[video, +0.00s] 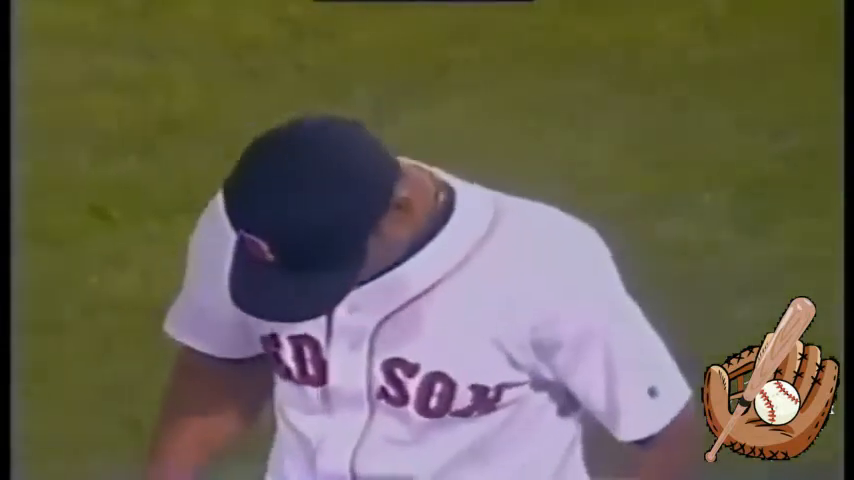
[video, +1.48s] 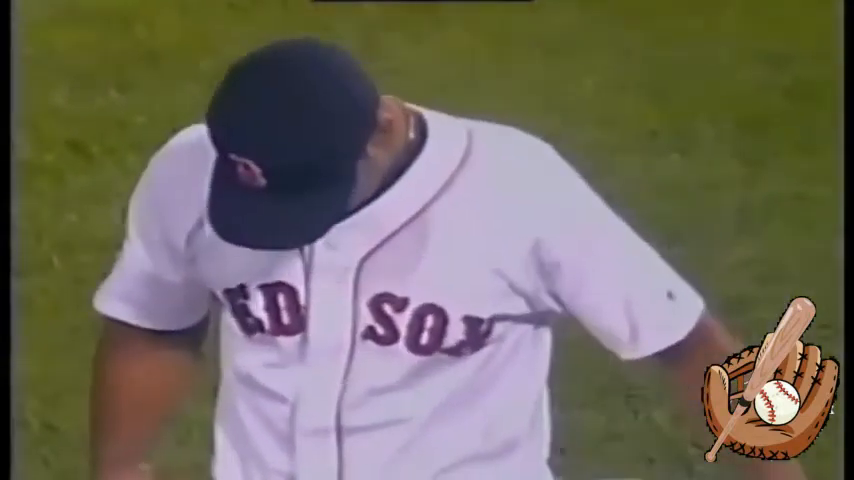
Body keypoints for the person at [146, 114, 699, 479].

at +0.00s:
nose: (304, 306)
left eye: (329, 283)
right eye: (284, 289)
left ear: (399, 209)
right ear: (251, 229)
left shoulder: (550, 264)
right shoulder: (243, 226)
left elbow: (671, 433)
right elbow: (216, 378)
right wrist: (169, 465)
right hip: (303, 468)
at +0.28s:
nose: (333, 289)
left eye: (344, 265)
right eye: (306, 274)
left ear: (402, 198)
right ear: (267, 228)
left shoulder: (571, 241)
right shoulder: (258, 235)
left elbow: (691, 408)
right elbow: (246, 381)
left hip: (556, 467)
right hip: (348, 467)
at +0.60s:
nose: (355, 274)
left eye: (378, 245)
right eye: (335, 252)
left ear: (447, 172)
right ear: (303, 200)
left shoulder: (611, 208)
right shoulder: (292, 205)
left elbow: (740, 378)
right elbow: (273, 350)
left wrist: (705, 464)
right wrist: (218, 469)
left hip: (599, 470)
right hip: (386, 468)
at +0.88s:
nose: (402, 249)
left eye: (423, 227)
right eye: (382, 229)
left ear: (492, 169)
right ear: (346, 169)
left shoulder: (645, 206)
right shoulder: (318, 176)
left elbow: (766, 374)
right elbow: (281, 333)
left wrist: (751, 441)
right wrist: (241, 462)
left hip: (597, 468)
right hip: (379, 466)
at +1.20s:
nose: (299, 250)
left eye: (323, 229)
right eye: (280, 227)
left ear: (396, 166)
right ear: (246, 171)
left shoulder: (538, 207)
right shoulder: (213, 177)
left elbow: (669, 377)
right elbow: (162, 329)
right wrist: (126, 458)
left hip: (485, 469)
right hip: (268, 468)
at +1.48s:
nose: (289, 234)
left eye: (311, 208)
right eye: (268, 212)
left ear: (377, 142)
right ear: (230, 158)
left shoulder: (518, 185)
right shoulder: (194, 174)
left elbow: (687, 344)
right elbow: (151, 328)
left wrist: (766, 432)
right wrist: (119, 467)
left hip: (466, 470)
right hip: (257, 467)